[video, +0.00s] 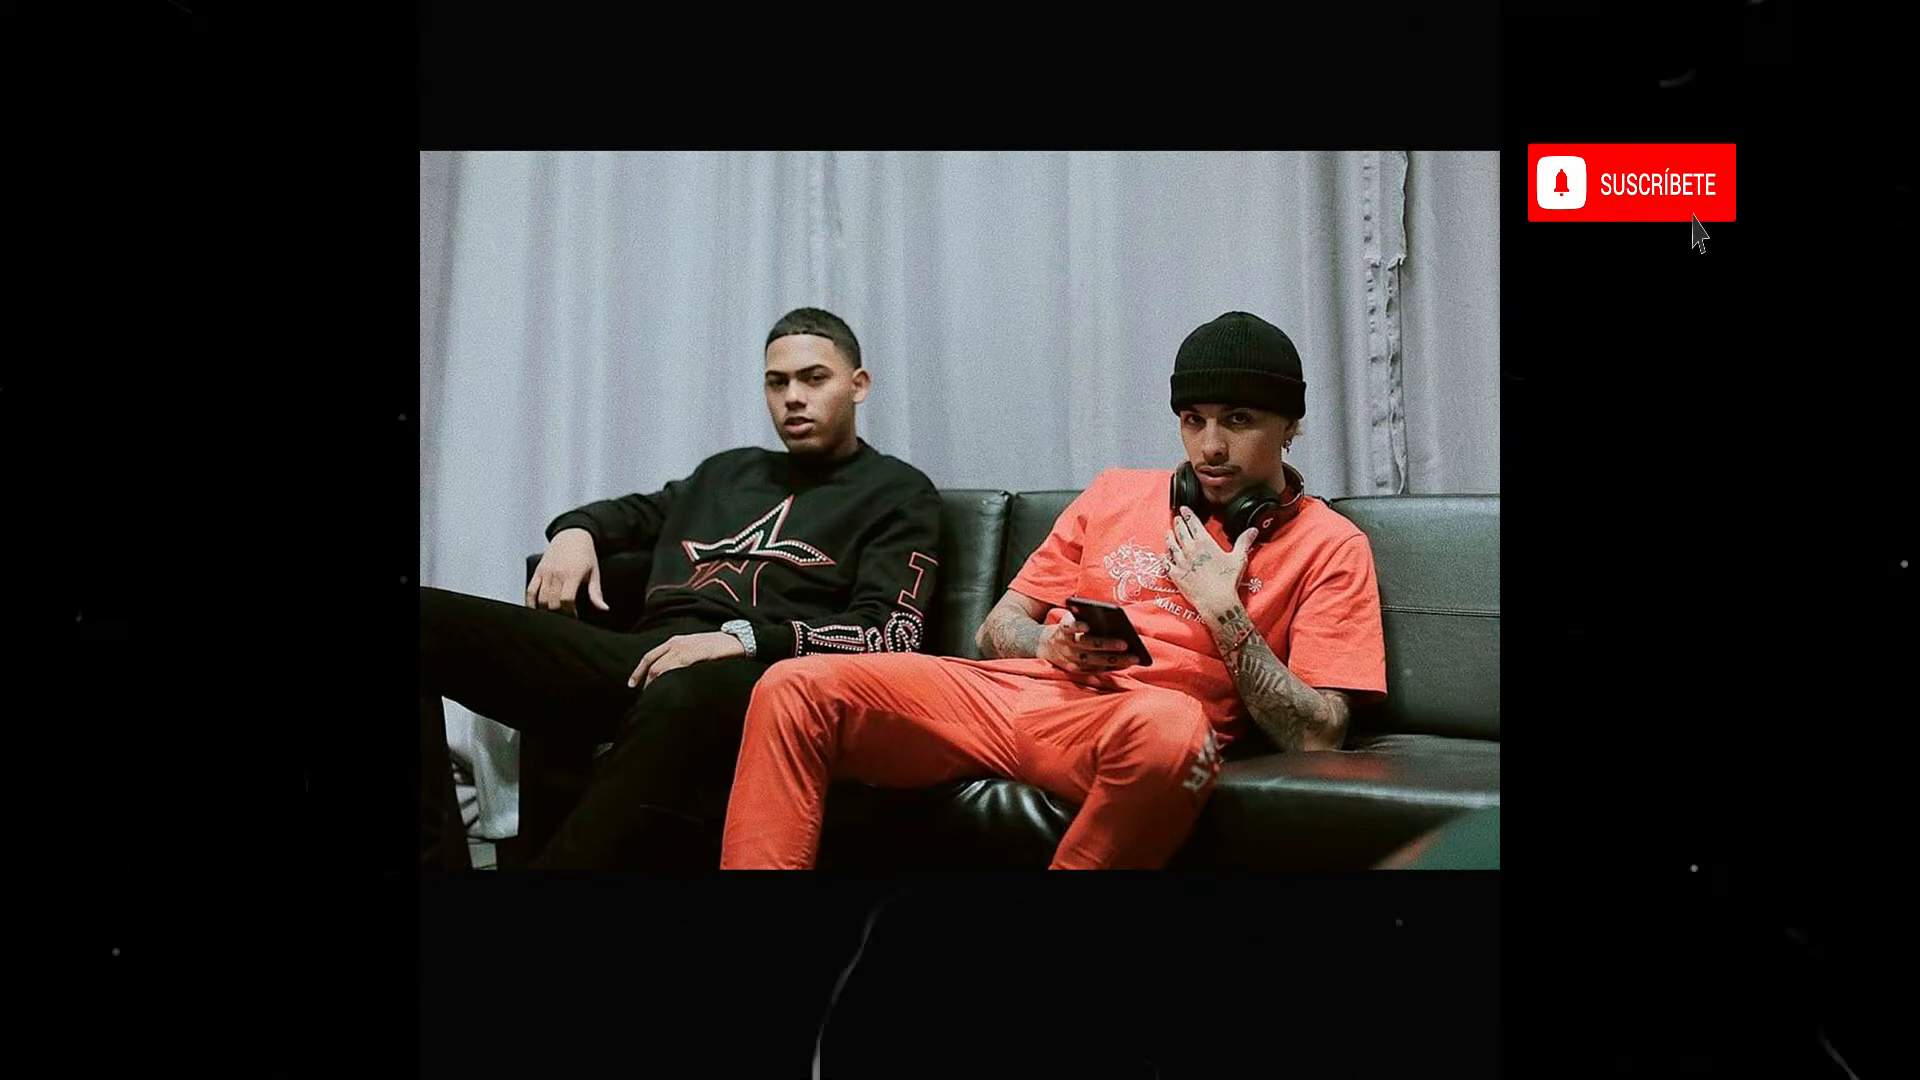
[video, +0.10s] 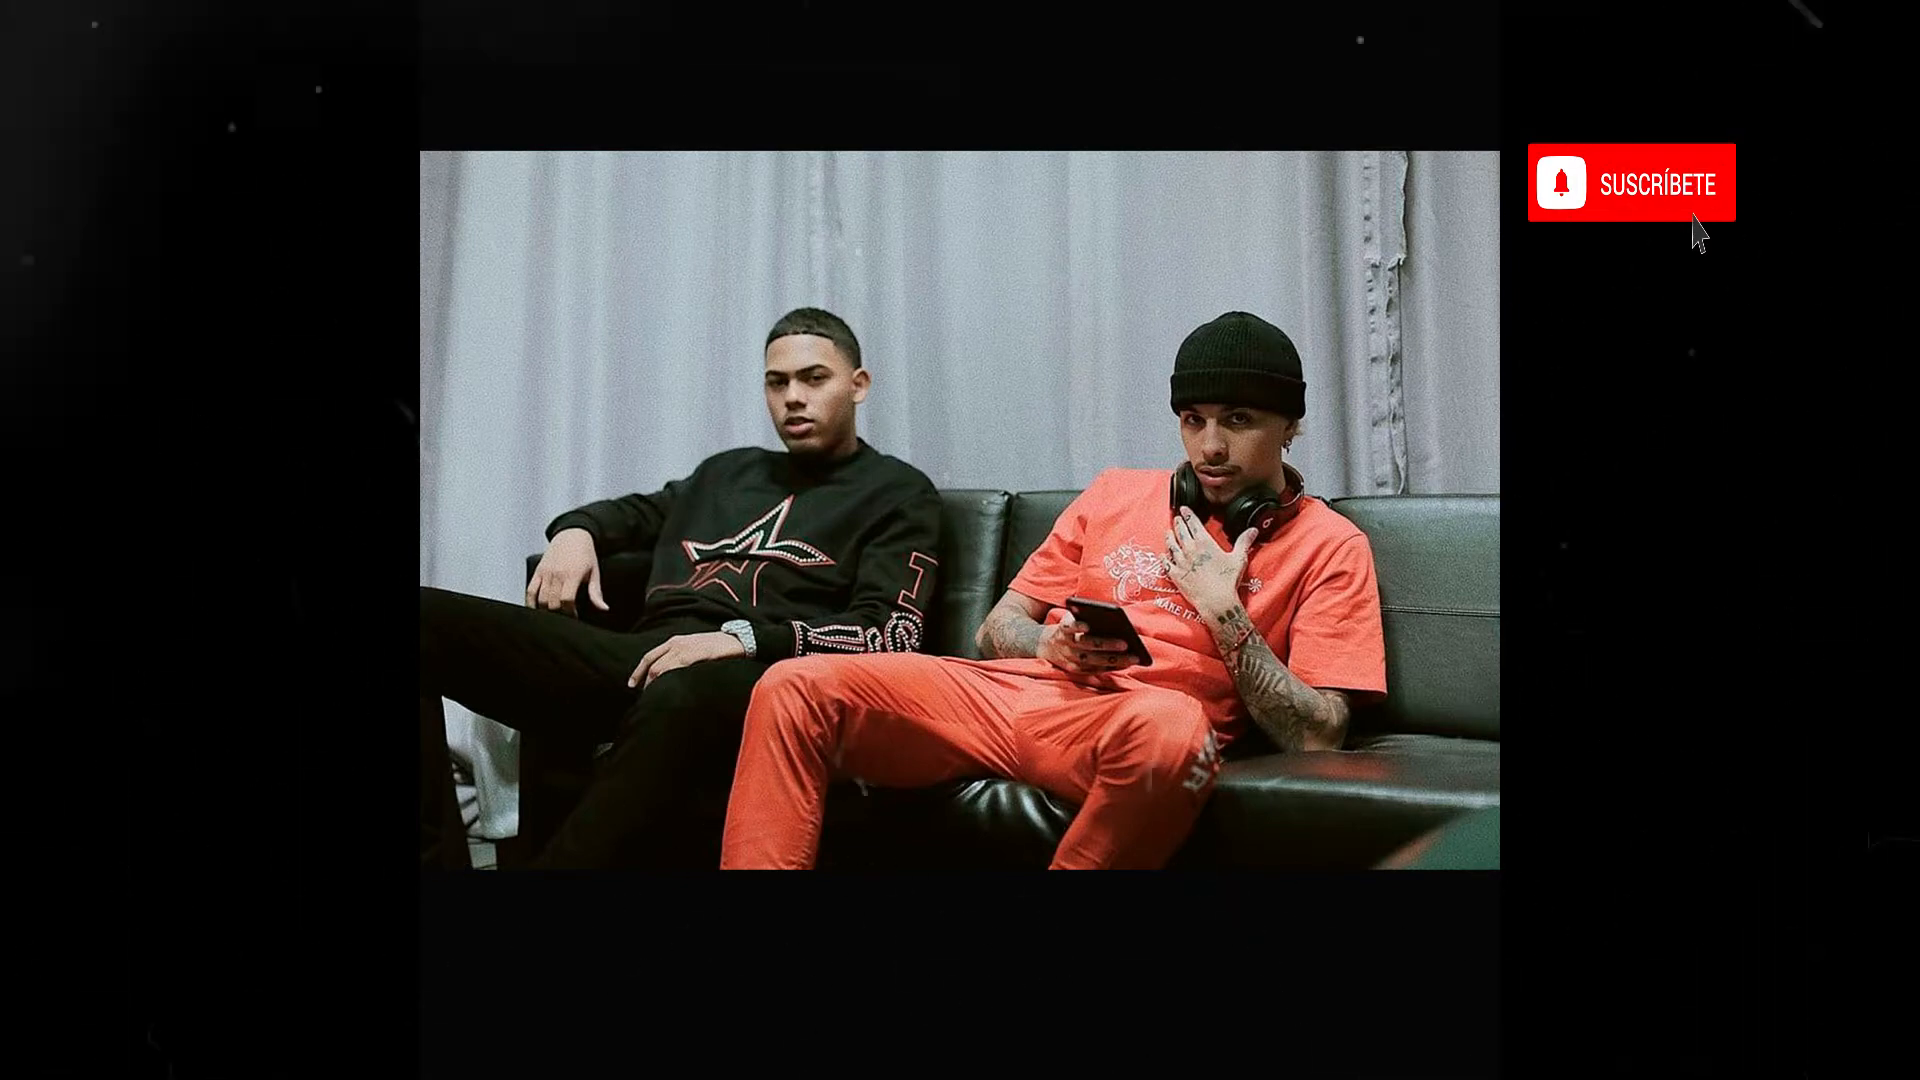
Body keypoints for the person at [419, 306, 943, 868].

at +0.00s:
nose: (793, 399)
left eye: (813, 378)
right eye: (779, 382)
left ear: (859, 385)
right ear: (765, 391)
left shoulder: (900, 494)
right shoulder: (728, 472)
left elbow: (892, 635)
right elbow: (640, 515)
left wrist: (744, 638)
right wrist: (575, 530)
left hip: (772, 681)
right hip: (638, 654)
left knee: (684, 699)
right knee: (426, 617)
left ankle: (560, 875)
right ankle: (440, 857)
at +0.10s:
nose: (793, 399)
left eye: (813, 378)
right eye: (779, 382)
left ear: (859, 385)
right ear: (765, 391)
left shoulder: (900, 494)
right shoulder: (728, 472)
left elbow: (892, 635)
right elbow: (640, 515)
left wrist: (744, 638)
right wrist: (575, 530)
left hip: (772, 681)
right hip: (638, 653)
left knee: (684, 699)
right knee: (426, 617)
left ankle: (562, 872)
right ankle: (440, 857)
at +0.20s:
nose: (793, 399)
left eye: (814, 379)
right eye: (779, 382)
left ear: (859, 384)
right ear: (765, 390)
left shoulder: (901, 495)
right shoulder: (728, 472)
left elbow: (892, 635)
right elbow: (642, 515)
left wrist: (743, 640)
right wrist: (575, 530)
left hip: (769, 682)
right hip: (636, 653)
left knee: (683, 701)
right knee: (426, 617)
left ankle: (562, 875)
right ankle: (440, 858)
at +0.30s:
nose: (793, 399)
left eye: (813, 379)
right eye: (779, 382)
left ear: (859, 385)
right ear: (765, 390)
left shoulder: (900, 493)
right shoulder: (728, 472)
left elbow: (893, 634)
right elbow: (641, 515)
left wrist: (742, 639)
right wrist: (574, 530)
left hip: (769, 680)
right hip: (637, 653)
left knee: (683, 699)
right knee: (425, 617)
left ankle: (562, 872)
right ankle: (439, 856)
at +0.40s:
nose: (793, 399)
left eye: (813, 379)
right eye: (779, 382)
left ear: (859, 385)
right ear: (765, 391)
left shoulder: (900, 494)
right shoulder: (728, 472)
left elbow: (891, 634)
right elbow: (641, 515)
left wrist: (743, 638)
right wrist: (575, 530)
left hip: (770, 680)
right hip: (637, 653)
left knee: (683, 699)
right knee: (424, 617)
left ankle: (557, 879)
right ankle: (441, 859)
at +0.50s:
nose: (793, 399)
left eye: (813, 379)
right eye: (779, 382)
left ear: (859, 385)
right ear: (765, 391)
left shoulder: (899, 494)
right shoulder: (728, 472)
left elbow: (892, 634)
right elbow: (641, 515)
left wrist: (743, 638)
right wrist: (575, 530)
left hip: (769, 681)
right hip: (637, 653)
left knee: (683, 699)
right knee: (424, 617)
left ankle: (561, 872)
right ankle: (441, 857)